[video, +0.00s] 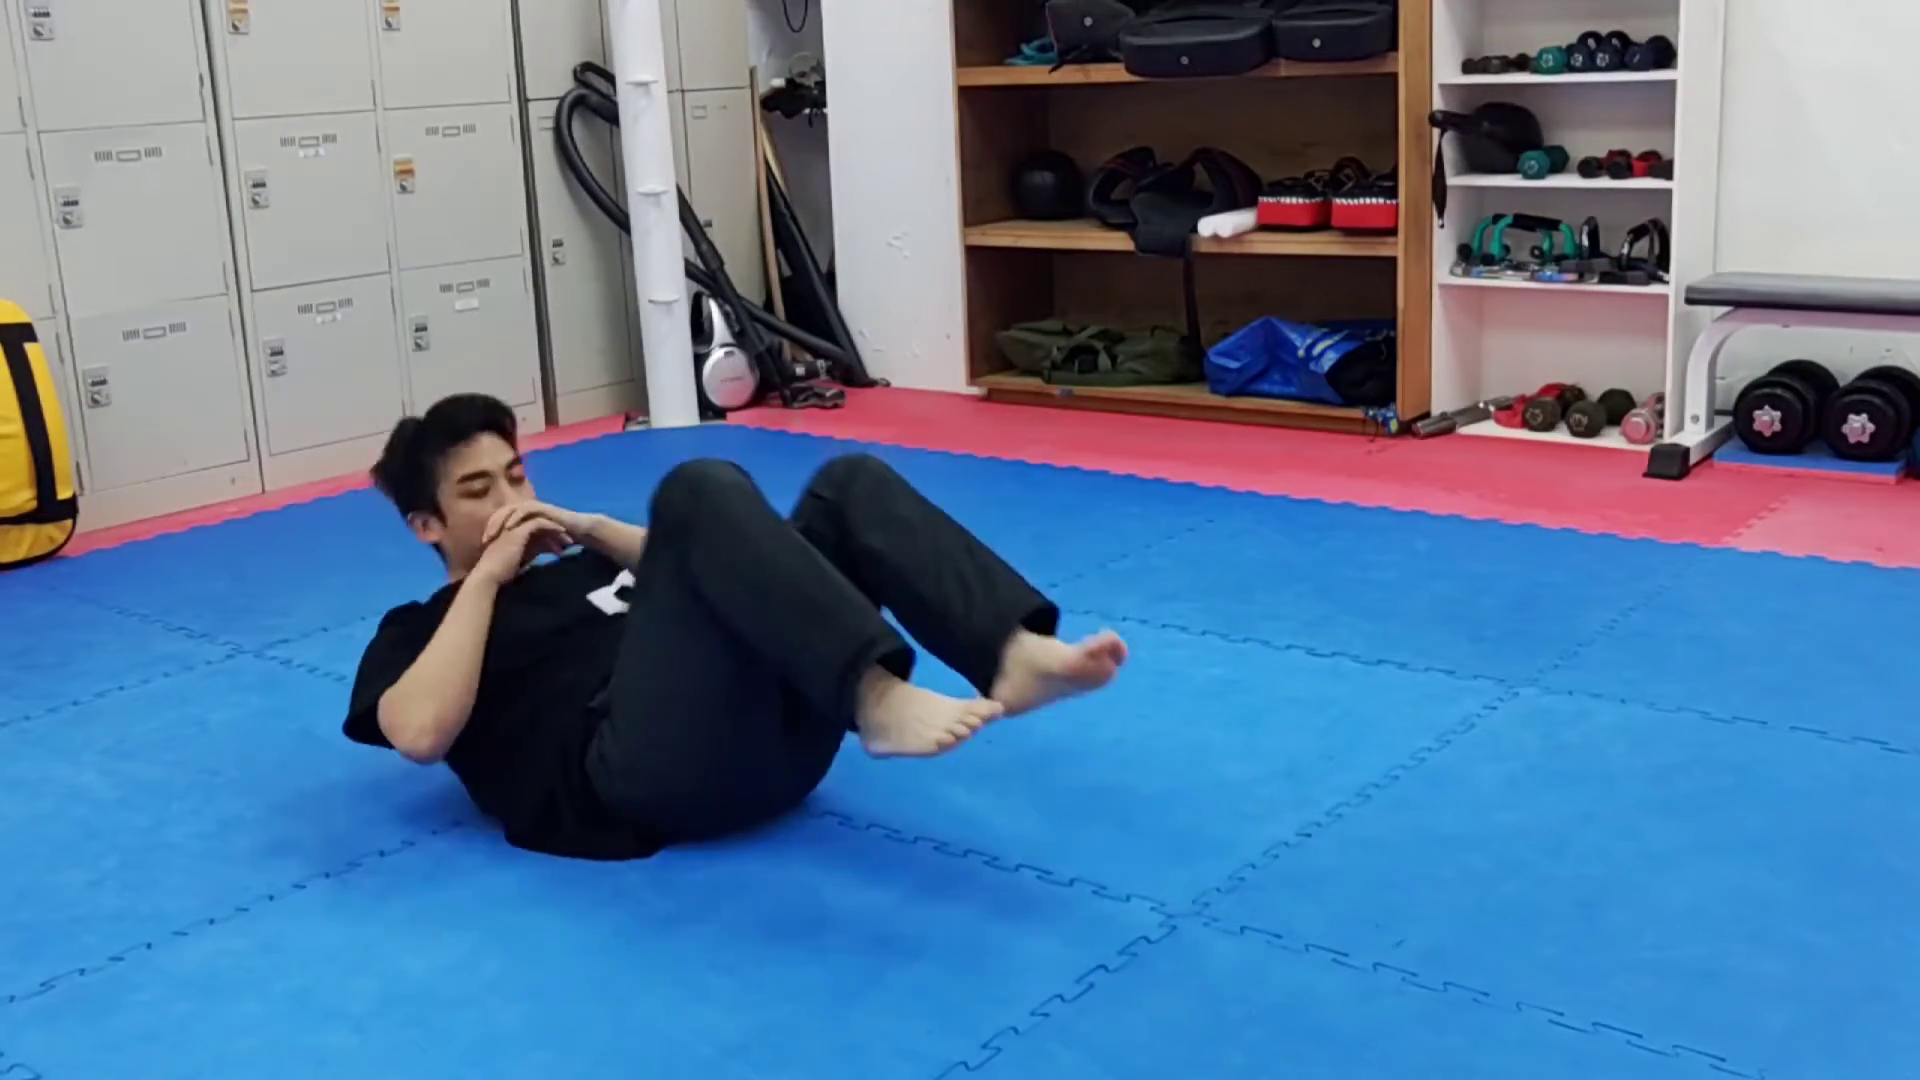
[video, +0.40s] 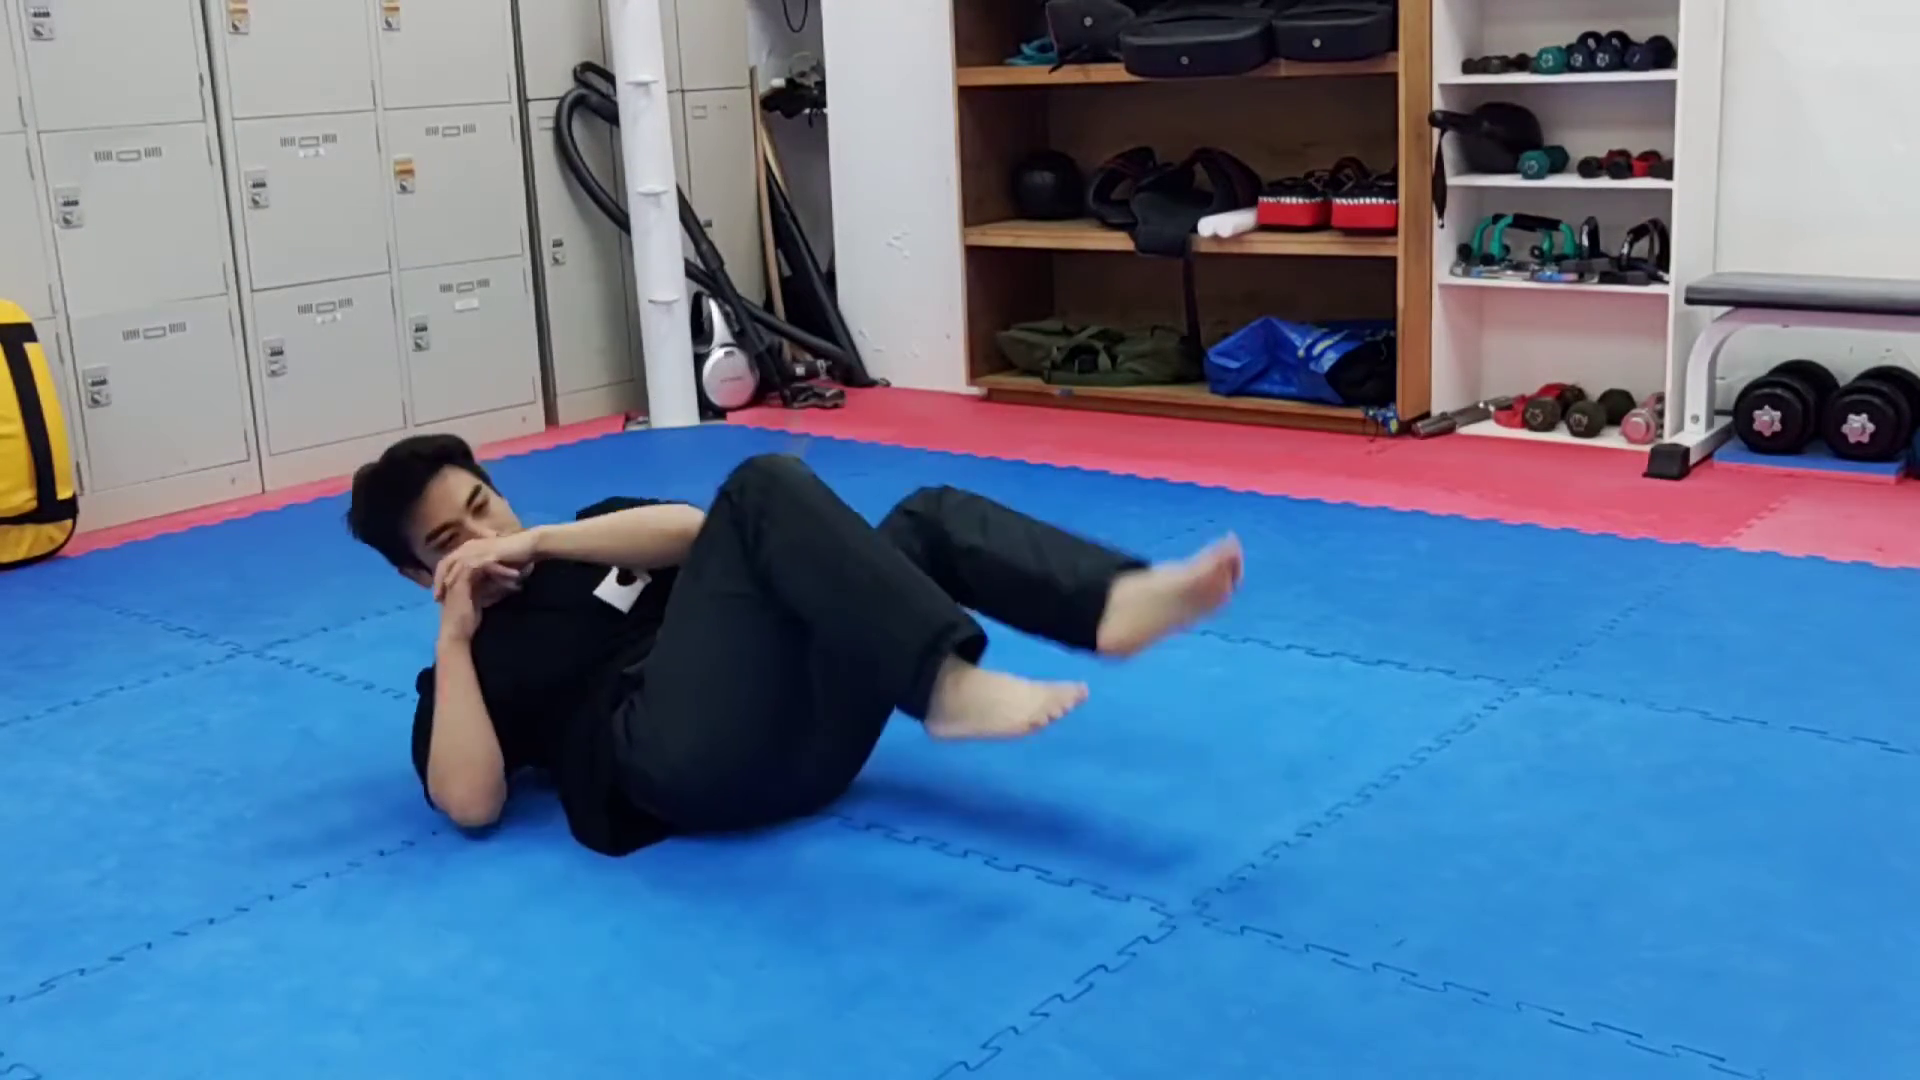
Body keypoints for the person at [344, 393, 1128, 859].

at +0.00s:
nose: (504, 501)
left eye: (513, 479)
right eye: (474, 491)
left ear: (531, 489)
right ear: (428, 522)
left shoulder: (590, 578)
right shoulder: (414, 632)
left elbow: (694, 580)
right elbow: (421, 733)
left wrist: (594, 533)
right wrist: (485, 580)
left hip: (766, 746)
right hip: (647, 783)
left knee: (847, 482)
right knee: (698, 487)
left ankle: (1011, 651)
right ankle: (875, 698)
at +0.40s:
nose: (480, 532)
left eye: (478, 506)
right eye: (448, 534)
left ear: (500, 494)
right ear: (420, 568)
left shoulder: (587, 562)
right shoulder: (452, 675)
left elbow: (695, 528)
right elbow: (471, 806)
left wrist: (538, 542)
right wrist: (455, 642)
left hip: (802, 730)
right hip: (693, 769)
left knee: (928, 514)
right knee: (764, 486)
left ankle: (1110, 598)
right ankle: (940, 680)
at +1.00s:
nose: (535, 513)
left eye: (531, 499)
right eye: (504, 506)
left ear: (544, 521)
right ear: (455, 554)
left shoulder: (589, 605)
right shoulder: (447, 643)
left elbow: (687, 644)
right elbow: (543, 629)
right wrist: (602, 530)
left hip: (807, 693)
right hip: (732, 747)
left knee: (821, 445)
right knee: (709, 501)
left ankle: (1017, 579)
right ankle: (948, 645)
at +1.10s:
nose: (575, 478)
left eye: (572, 461)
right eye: (546, 468)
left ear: (577, 476)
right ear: (490, 508)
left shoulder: (612, 572)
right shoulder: (471, 603)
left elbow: (768, 593)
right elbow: (566, 628)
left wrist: (704, 534)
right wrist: (629, 519)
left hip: (817, 702)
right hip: (735, 745)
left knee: (890, 467)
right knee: (772, 493)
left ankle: (1063, 643)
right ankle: (972, 691)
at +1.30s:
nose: (598, 440)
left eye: (594, 418)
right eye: (565, 437)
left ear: (610, 420)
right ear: (519, 484)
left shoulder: (681, 499)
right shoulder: (525, 588)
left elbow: (825, 547)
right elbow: (559, 666)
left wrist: (718, 487)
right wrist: (618, 524)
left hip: (860, 694)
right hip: (766, 739)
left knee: (964, 481)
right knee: (857, 483)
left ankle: (1158, 639)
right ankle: (1032, 691)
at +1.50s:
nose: (543, 498)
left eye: (535, 475)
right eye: (514, 506)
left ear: (554, 460)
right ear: (490, 543)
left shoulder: (652, 511)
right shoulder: (534, 635)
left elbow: (788, 507)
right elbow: (579, 742)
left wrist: (637, 500)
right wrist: (564, 585)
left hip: (864, 681)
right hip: (775, 730)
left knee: (983, 476)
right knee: (878, 480)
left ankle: (1179, 616)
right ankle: (1035, 697)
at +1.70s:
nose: (531, 533)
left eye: (529, 510)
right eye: (499, 538)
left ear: (545, 512)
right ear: (470, 583)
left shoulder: (634, 559)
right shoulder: (504, 676)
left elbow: (745, 519)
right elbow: (546, 724)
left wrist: (603, 496)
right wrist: (533, 570)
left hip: (835, 662)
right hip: (750, 707)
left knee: (853, 418)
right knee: (787, 433)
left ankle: (1074, 470)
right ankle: (985, 595)